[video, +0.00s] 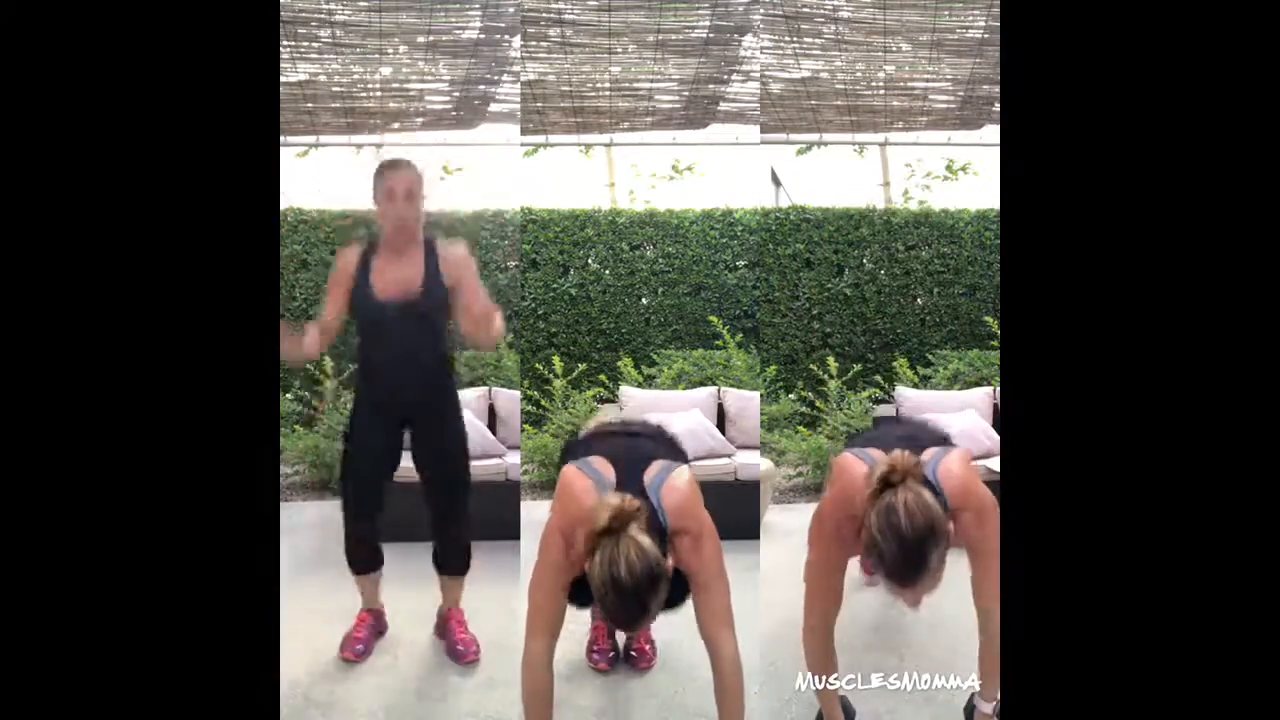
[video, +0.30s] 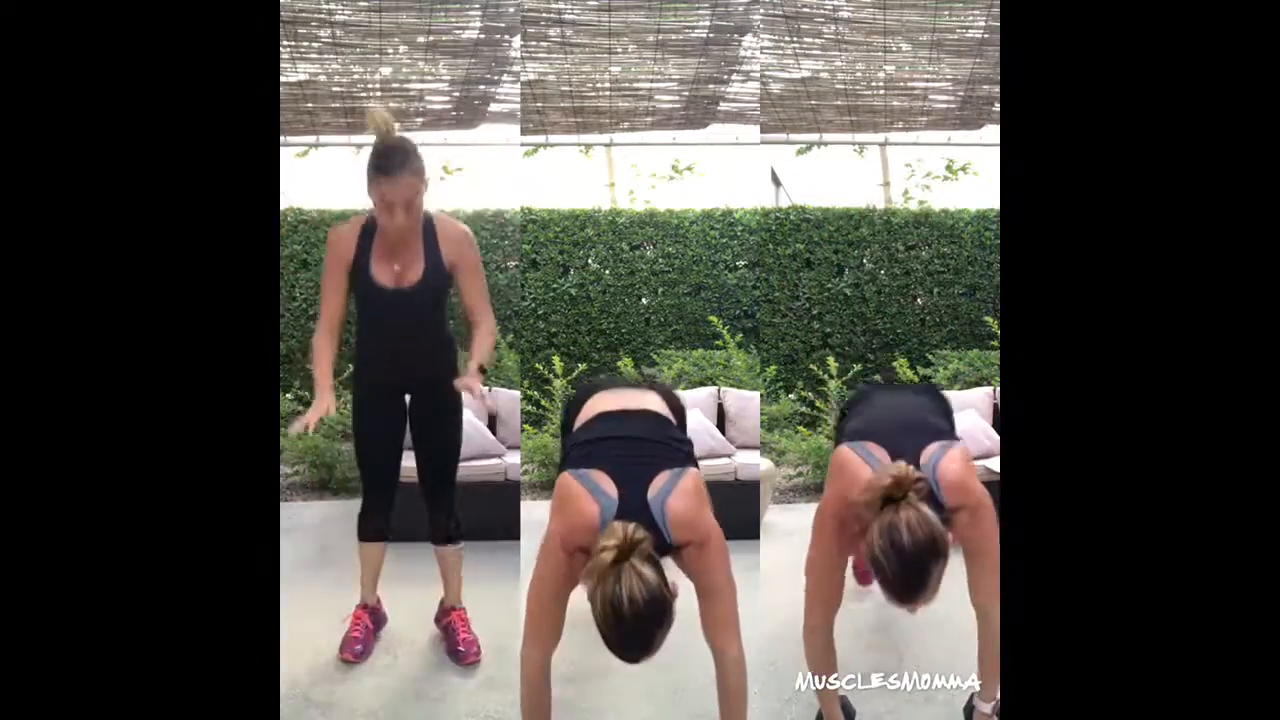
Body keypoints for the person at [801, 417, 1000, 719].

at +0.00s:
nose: (913, 604)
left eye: (925, 591)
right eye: (899, 593)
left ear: (949, 532)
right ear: (867, 547)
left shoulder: (969, 495)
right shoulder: (841, 501)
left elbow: (991, 611)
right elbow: (816, 625)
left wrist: (987, 703)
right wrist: (831, 711)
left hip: (942, 439)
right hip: (864, 445)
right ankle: (868, 562)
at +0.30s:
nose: (914, 611)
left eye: (923, 603)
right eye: (902, 606)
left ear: (948, 542)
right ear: (863, 537)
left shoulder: (963, 488)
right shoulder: (842, 496)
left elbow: (990, 609)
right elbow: (817, 622)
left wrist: (987, 703)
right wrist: (832, 712)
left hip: (933, 404)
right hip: (861, 408)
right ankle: (861, 552)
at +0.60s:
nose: (894, 565)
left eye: (904, 554)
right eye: (882, 555)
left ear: (928, 505)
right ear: (856, 510)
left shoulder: (949, 472)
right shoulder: (838, 470)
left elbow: (980, 597)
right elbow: (824, 604)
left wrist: (986, 701)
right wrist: (830, 706)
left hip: (932, 410)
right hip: (858, 414)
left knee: (967, 571)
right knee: (813, 571)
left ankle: (967, 641)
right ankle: (825, 660)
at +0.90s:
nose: (900, 433)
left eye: (912, 417)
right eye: (885, 418)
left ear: (931, 412)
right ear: (867, 418)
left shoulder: (957, 447)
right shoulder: (845, 447)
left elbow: (998, 535)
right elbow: (793, 561)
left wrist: (992, 623)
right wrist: (814, 660)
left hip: (933, 496)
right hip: (863, 498)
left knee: (959, 561)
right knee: (821, 563)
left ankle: (970, 650)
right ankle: (825, 657)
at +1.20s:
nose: (896, 311)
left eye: (907, 299)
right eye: (882, 299)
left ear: (924, 307)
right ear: (863, 309)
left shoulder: (951, 364)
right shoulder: (835, 364)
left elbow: (984, 432)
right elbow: (807, 428)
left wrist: (990, 452)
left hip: (928, 465)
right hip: (857, 465)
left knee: (959, 555)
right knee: (819, 560)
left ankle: (966, 647)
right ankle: (826, 650)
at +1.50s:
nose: (892, 290)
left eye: (904, 281)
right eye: (879, 282)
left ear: (920, 294)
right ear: (863, 296)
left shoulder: (947, 357)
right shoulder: (840, 357)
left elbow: (983, 449)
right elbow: (803, 452)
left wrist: (976, 379)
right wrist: (808, 376)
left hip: (934, 483)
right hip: (861, 483)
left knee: (967, 571)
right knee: (818, 576)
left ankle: (967, 650)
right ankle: (827, 652)